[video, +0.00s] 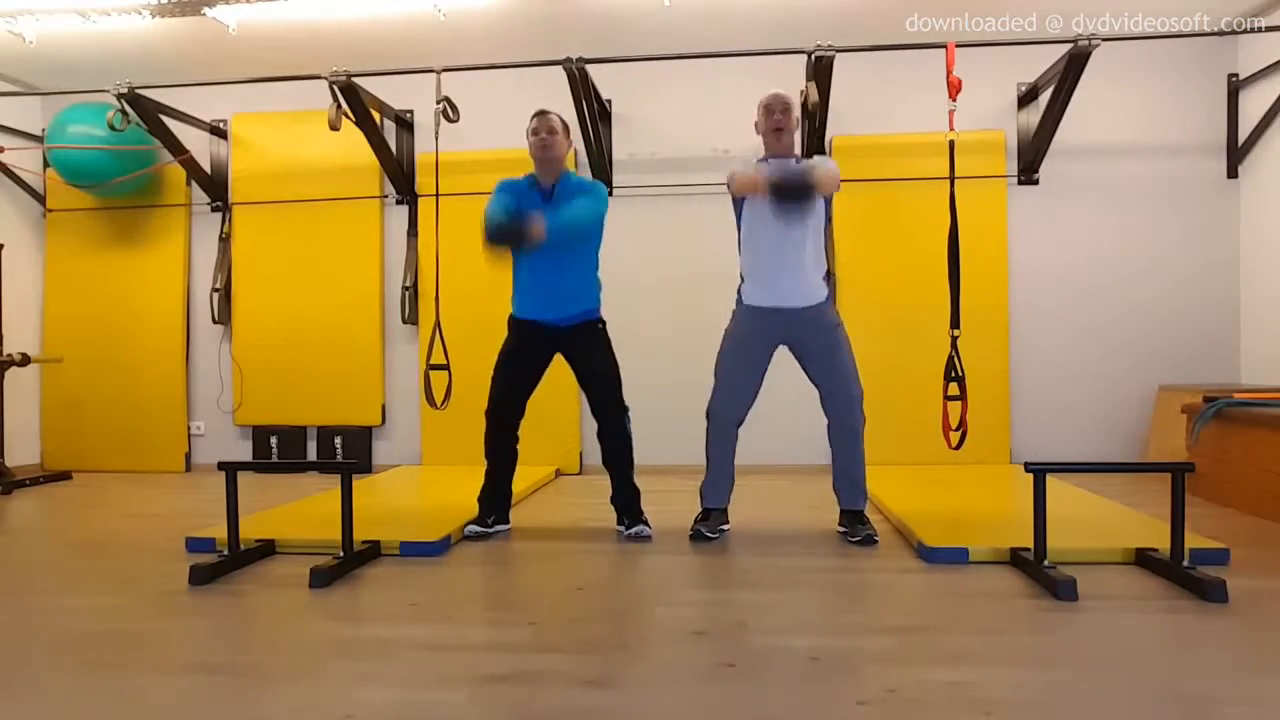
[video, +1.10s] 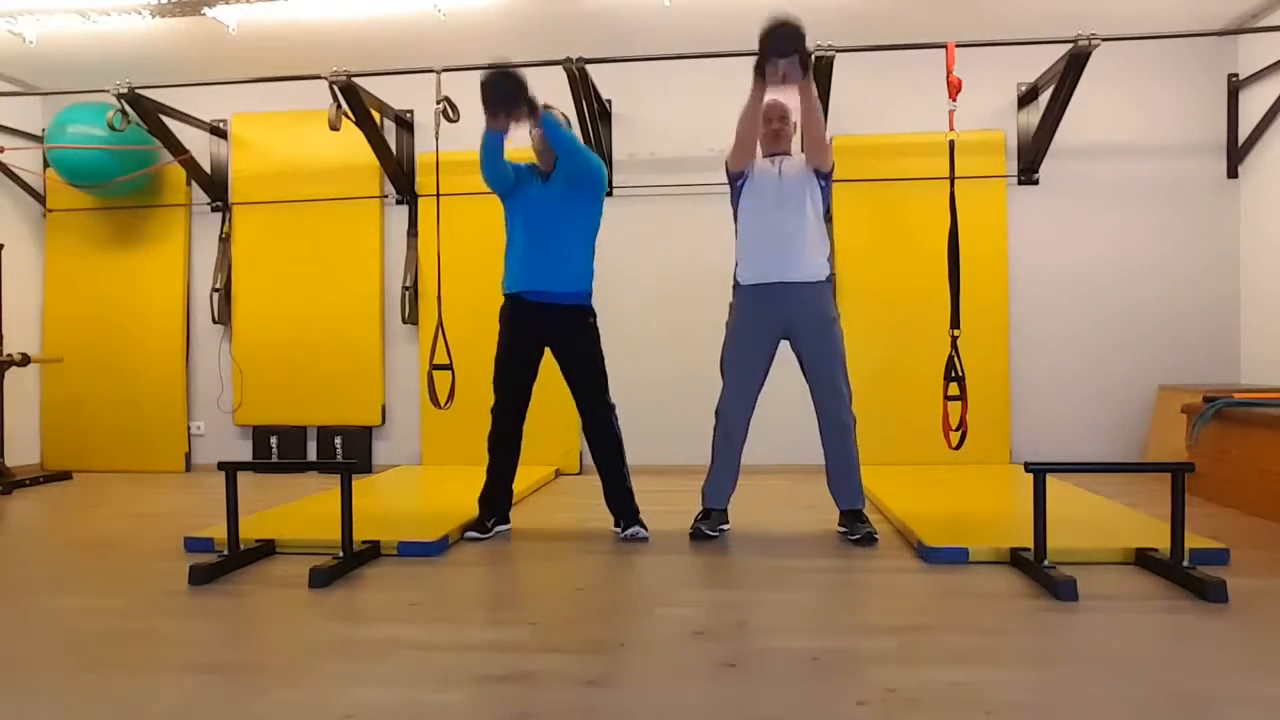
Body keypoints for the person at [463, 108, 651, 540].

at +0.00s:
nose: (543, 137)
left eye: (552, 131)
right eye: (536, 132)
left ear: (568, 144)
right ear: (527, 145)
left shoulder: (590, 192)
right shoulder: (512, 191)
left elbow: (579, 222)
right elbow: (495, 226)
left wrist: (535, 229)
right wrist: (519, 228)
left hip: (583, 326)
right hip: (529, 327)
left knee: (612, 415)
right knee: (501, 416)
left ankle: (629, 513)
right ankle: (494, 513)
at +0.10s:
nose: (543, 152)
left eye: (552, 146)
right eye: (536, 147)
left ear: (569, 158)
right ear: (526, 161)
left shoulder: (593, 211)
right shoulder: (509, 212)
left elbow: (582, 263)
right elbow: (502, 260)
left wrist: (551, 299)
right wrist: (512, 303)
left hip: (584, 335)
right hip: (529, 338)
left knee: (622, 411)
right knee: (494, 411)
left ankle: (630, 513)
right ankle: (494, 513)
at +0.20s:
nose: (543, 173)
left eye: (550, 166)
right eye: (535, 167)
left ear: (565, 178)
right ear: (525, 179)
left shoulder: (593, 235)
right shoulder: (508, 235)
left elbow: (587, 310)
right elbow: (508, 304)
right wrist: (522, 364)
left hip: (585, 346)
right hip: (530, 348)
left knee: (629, 410)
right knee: (484, 411)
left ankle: (632, 515)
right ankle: (494, 514)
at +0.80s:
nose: (537, 137)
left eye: (545, 130)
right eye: (530, 132)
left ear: (564, 143)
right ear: (521, 144)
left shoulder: (588, 197)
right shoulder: (502, 200)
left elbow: (577, 260)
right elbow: (504, 262)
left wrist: (553, 310)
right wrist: (520, 317)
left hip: (575, 321)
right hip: (520, 323)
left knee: (610, 410)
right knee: (490, 412)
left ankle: (629, 514)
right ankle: (492, 513)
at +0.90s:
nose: (544, 132)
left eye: (552, 126)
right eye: (537, 126)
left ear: (567, 139)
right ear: (526, 138)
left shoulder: (589, 183)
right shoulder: (508, 183)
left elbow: (578, 209)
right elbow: (495, 208)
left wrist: (543, 229)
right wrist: (508, 235)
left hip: (572, 315)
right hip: (519, 313)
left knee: (601, 413)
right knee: (500, 413)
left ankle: (628, 515)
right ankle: (492, 513)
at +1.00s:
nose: (544, 133)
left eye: (553, 127)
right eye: (537, 129)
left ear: (570, 141)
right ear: (528, 142)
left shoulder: (590, 179)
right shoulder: (515, 182)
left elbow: (588, 184)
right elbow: (497, 189)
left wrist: (544, 166)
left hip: (571, 315)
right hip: (519, 313)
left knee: (598, 414)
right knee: (503, 415)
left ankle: (627, 518)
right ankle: (493, 515)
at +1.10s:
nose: (537, 146)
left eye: (545, 139)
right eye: (533, 139)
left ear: (565, 142)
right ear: (530, 144)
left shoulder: (590, 178)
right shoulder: (518, 179)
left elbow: (568, 148)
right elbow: (493, 168)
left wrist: (544, 118)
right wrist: (497, 125)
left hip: (573, 312)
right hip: (521, 310)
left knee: (598, 415)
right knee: (506, 415)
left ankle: (627, 518)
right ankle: (493, 515)